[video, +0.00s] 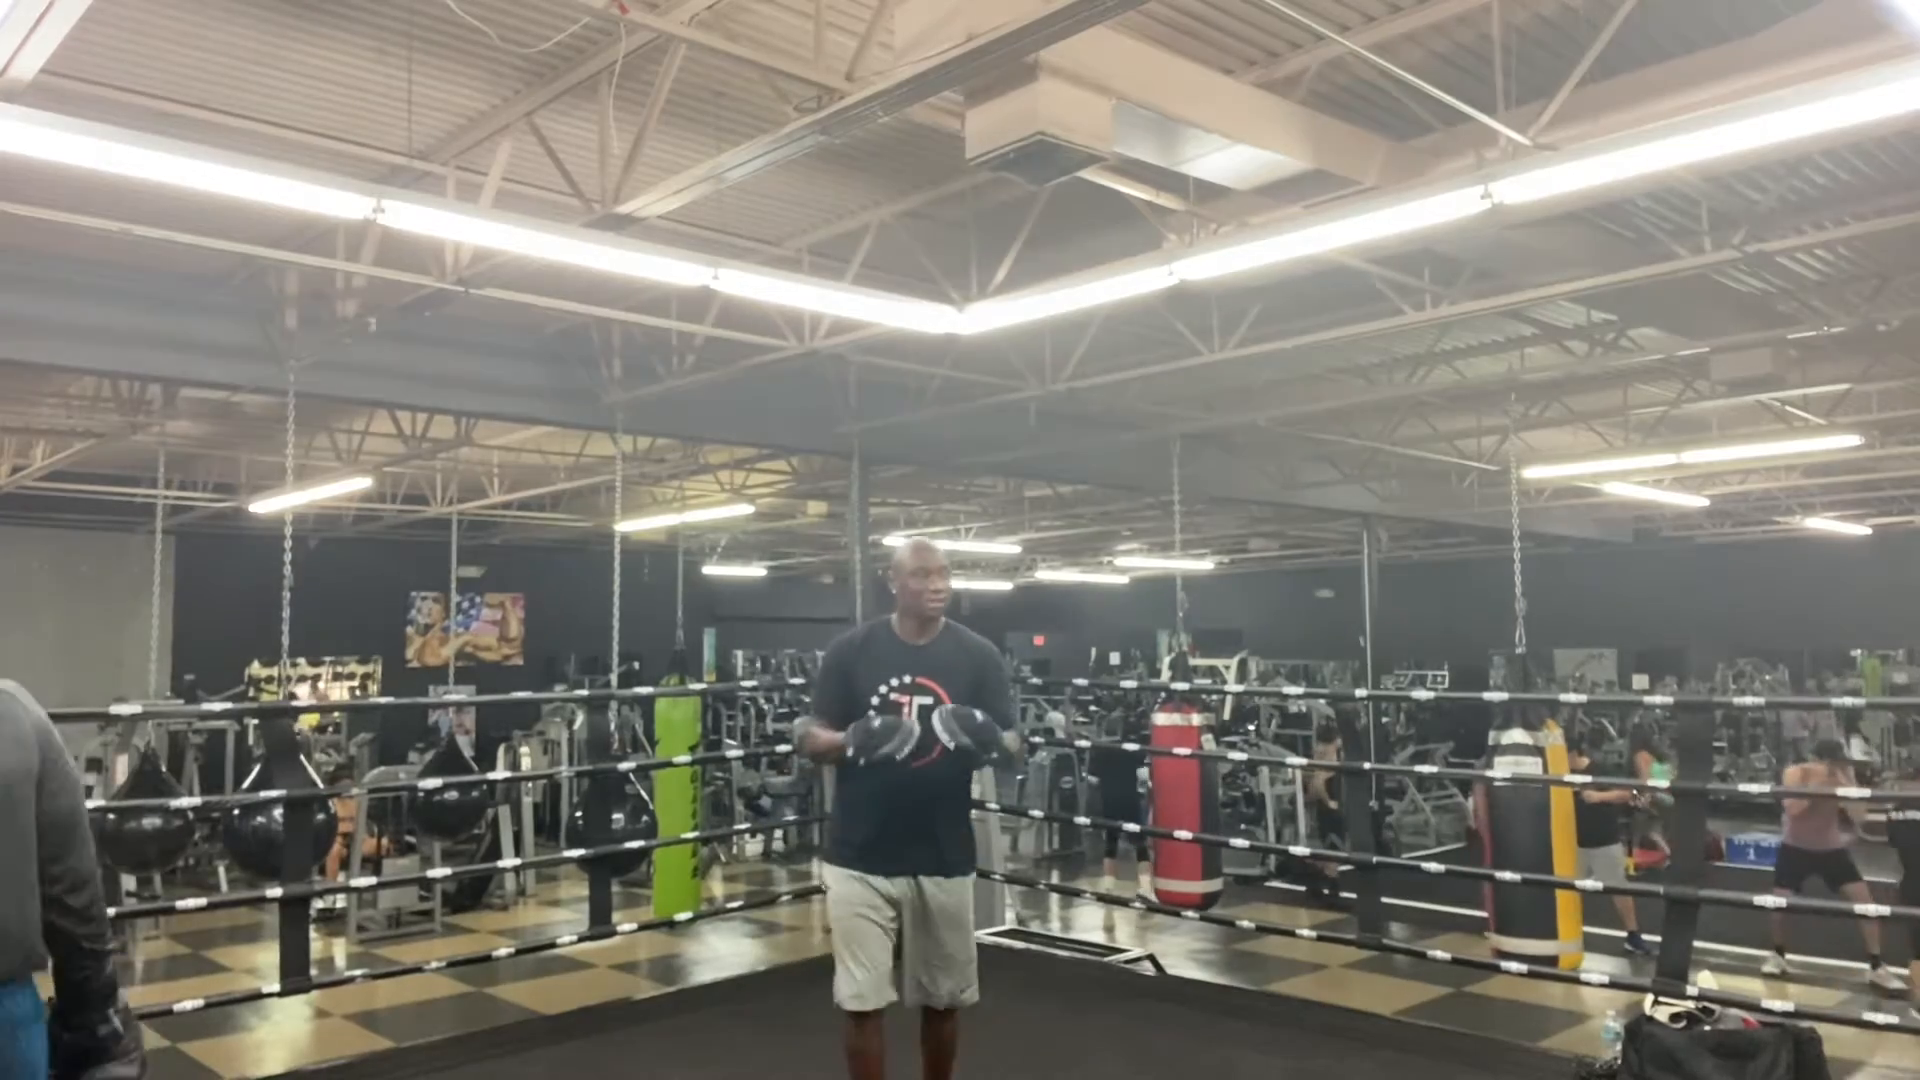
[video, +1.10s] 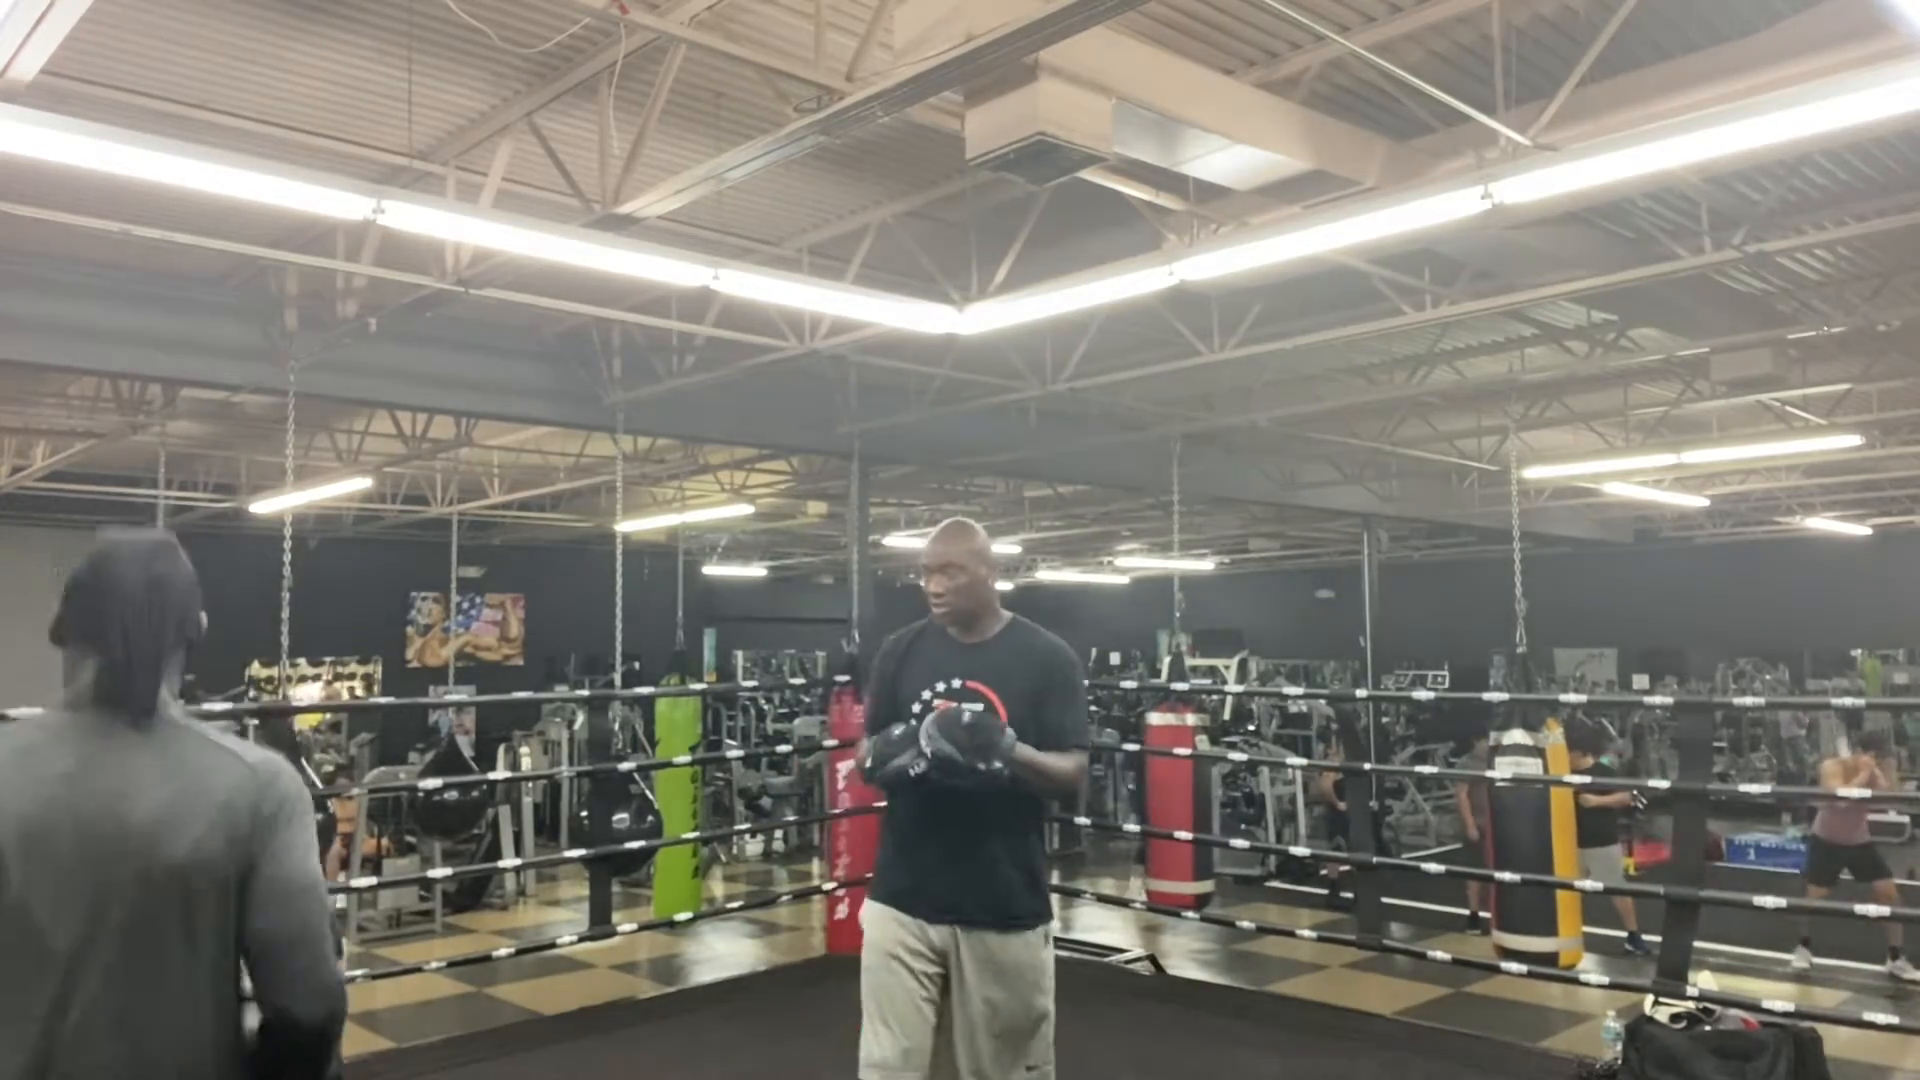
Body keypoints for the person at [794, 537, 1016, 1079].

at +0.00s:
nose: (936, 586)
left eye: (941, 575)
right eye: (922, 575)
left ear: (950, 582)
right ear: (893, 582)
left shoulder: (979, 656)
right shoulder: (849, 652)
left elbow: (1011, 747)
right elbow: (809, 737)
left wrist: (986, 740)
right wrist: (851, 741)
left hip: (944, 864)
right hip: (859, 862)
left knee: (943, 1006)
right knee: (862, 1007)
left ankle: (939, 1079)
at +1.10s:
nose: (935, 585)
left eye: (951, 571)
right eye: (928, 572)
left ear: (991, 574)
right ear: (921, 577)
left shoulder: (1049, 659)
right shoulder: (898, 651)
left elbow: (1073, 776)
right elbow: (870, 755)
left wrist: (1005, 749)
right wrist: (885, 757)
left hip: (1006, 914)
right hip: (902, 906)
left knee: (1011, 1071)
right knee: (888, 1069)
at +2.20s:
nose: (951, 562)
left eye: (965, 546)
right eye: (934, 548)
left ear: (986, 556)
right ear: (913, 563)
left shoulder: (1051, 651)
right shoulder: (872, 665)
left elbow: (1095, 793)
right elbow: (823, 797)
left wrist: (1094, 762)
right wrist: (850, 779)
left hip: (1037, 939)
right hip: (918, 943)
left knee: (1055, 1072)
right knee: (923, 1074)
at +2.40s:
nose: (995, 560)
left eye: (1010, 545)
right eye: (979, 547)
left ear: (1035, 554)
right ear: (959, 560)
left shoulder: (1093, 652)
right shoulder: (916, 657)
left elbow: (1177, 770)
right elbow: (868, 778)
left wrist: (1141, 723)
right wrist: (836, 764)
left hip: (1061, 947)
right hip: (938, 946)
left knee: (1063, 1072)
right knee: (929, 1072)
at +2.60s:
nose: (1057, 561)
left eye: (1074, 546)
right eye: (1042, 547)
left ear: (1102, 556)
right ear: (1024, 560)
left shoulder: (1140, 652)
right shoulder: (980, 644)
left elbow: (1146, 804)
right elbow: (944, 768)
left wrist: (1158, 699)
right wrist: (894, 751)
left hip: (1090, 945)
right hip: (976, 936)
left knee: (1083, 1073)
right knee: (947, 1072)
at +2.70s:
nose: (1072, 565)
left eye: (1089, 550)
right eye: (1058, 551)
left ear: (1120, 559)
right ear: (1041, 562)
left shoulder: (1156, 662)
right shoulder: (1000, 637)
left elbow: (1143, 797)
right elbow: (957, 765)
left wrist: (1059, 753)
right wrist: (997, 738)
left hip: (1100, 952)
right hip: (989, 937)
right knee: (960, 1071)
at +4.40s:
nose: (1054, 580)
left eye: (1070, 566)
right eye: (1054, 565)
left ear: (1121, 576)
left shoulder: (1186, 671)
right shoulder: (1038, 648)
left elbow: (1219, 807)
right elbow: (1003, 772)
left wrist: (1151, 771)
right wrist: (1009, 745)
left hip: (1137, 947)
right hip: (1041, 931)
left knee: (1135, 1073)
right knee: (1035, 1073)